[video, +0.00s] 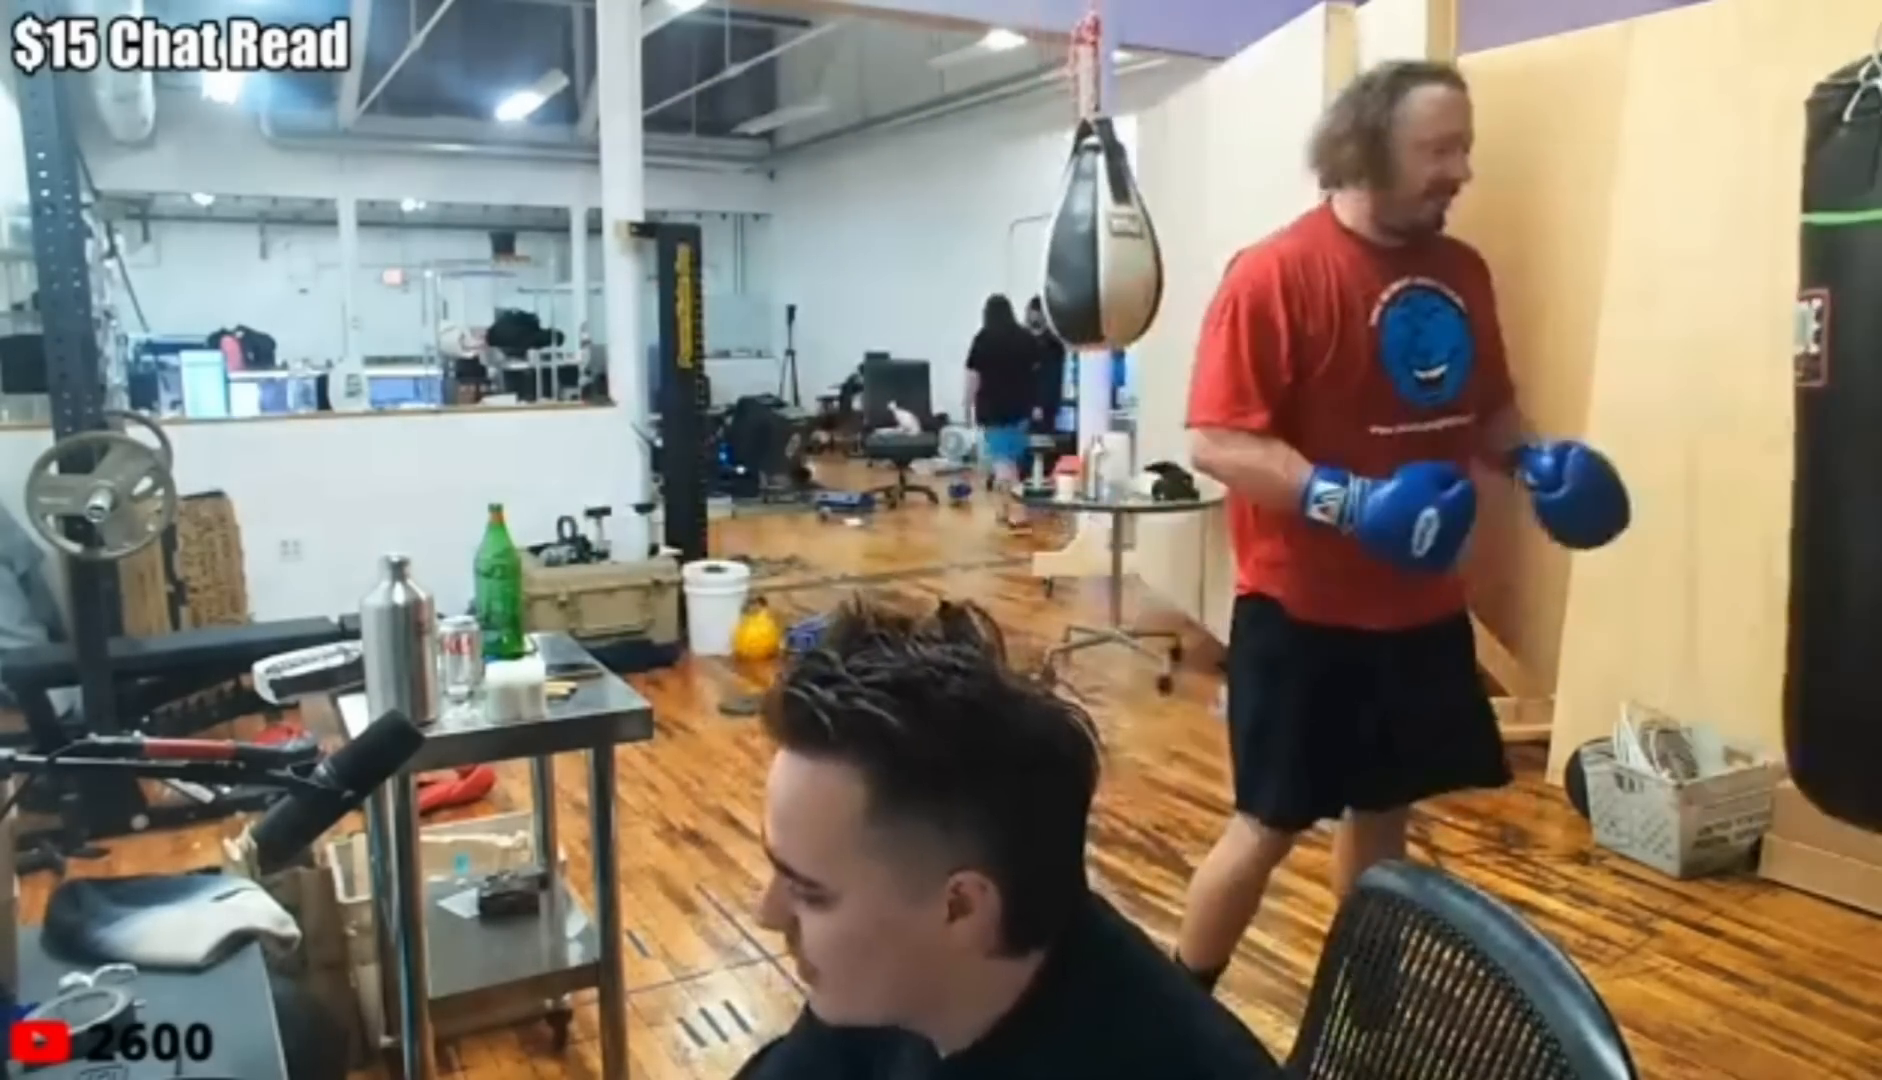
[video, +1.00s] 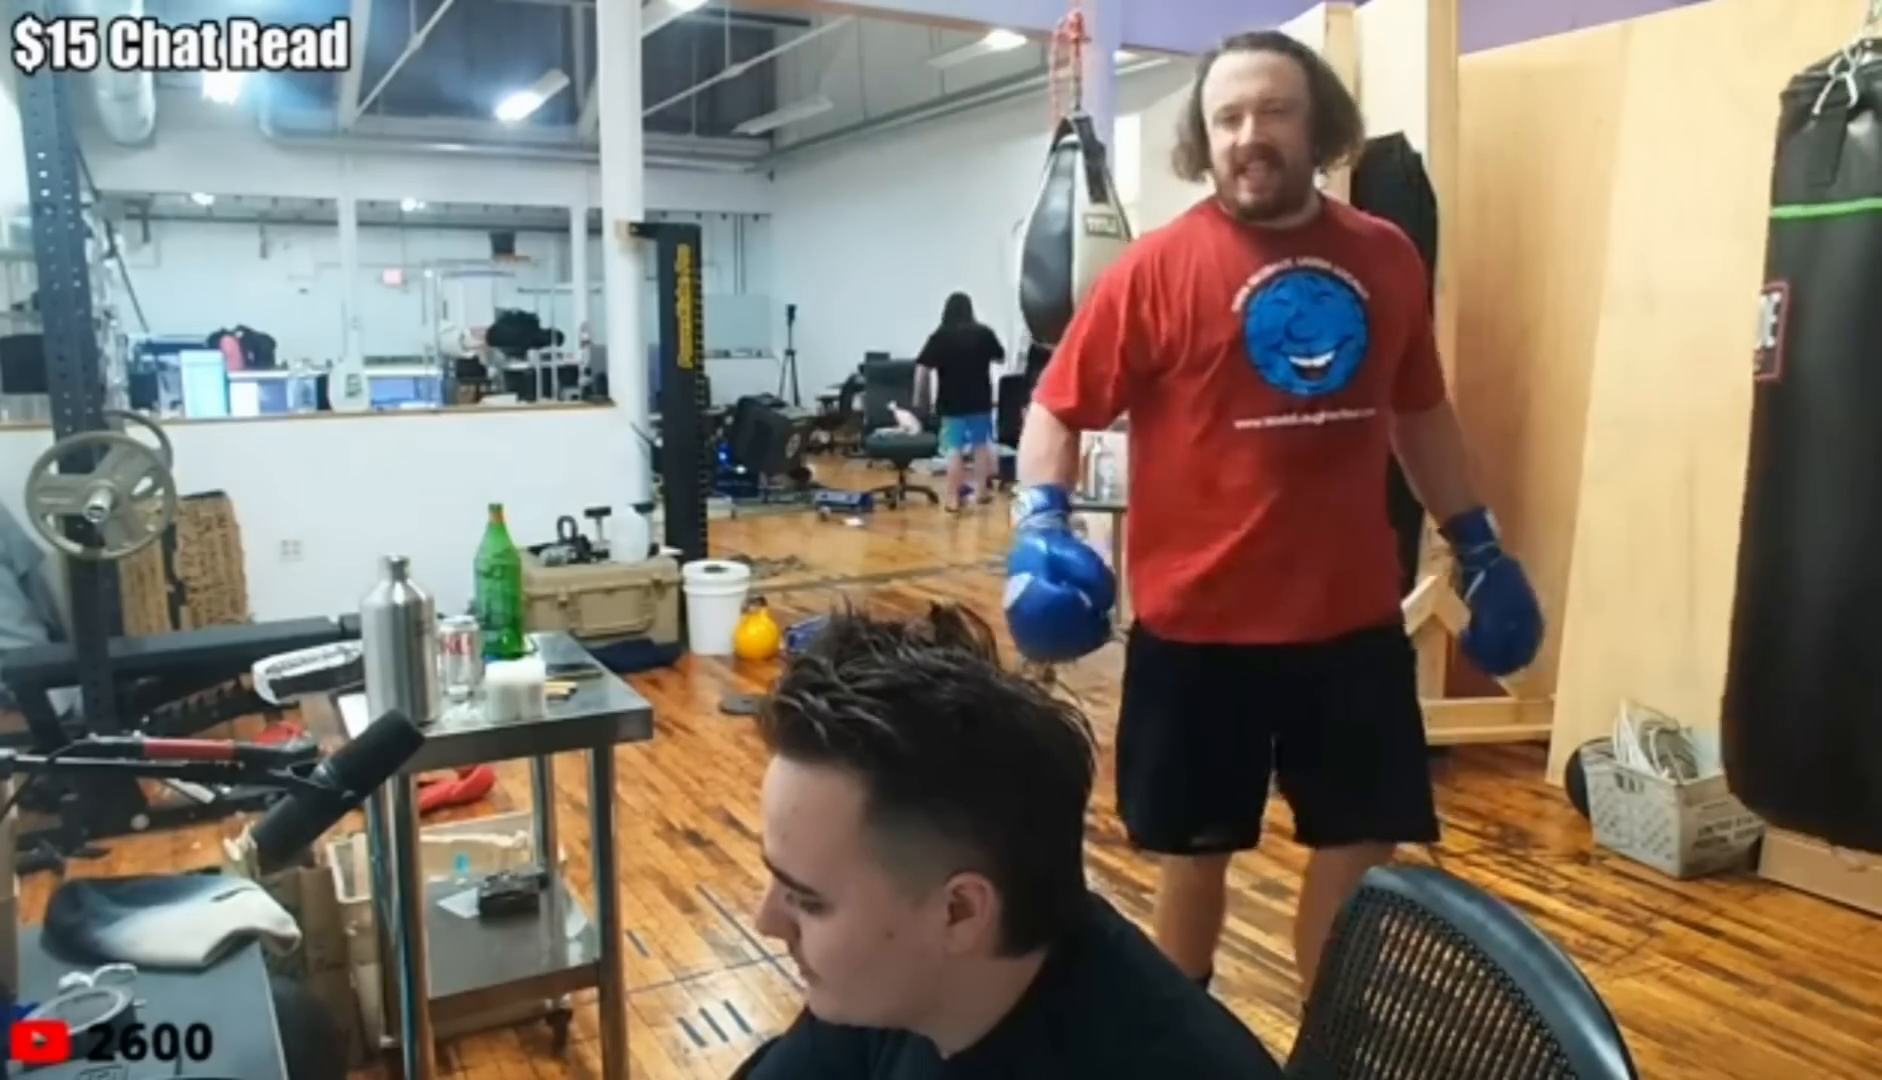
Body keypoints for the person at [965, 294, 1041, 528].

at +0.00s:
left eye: (988, 314)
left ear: (987, 314)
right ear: (1011, 312)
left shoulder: (984, 338)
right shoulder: (1026, 337)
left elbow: (973, 375)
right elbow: (1037, 371)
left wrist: (968, 405)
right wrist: (1036, 402)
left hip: (992, 407)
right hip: (1021, 406)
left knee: (1001, 458)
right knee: (1013, 457)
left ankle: (1015, 508)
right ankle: (1007, 507)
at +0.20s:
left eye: (979, 311)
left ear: (980, 312)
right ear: (1003, 308)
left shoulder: (978, 335)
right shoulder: (1021, 334)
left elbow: (968, 375)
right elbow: (1031, 366)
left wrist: (964, 407)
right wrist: (1025, 390)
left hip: (984, 408)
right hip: (1015, 406)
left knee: (985, 463)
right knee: (1007, 462)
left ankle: (991, 510)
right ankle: (1005, 509)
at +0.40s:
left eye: (972, 312)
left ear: (972, 312)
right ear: (994, 309)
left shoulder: (971, 337)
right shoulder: (1012, 334)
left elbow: (964, 376)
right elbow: (1023, 366)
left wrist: (959, 404)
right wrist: (1020, 392)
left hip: (977, 405)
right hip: (1007, 404)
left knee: (970, 456)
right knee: (1002, 459)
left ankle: (965, 500)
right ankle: (1005, 509)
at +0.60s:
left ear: (958, 313)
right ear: (981, 311)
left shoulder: (957, 339)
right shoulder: (998, 336)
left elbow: (950, 378)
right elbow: (1010, 367)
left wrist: (946, 409)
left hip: (964, 408)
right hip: (995, 407)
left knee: (958, 458)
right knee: (995, 457)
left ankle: (955, 502)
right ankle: (1002, 508)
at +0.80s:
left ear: (949, 310)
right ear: (972, 309)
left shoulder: (945, 336)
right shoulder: (986, 332)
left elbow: (933, 373)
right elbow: (1002, 359)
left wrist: (929, 406)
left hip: (955, 405)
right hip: (984, 403)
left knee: (955, 456)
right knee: (986, 450)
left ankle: (953, 501)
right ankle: (986, 484)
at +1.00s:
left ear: (947, 311)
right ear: (970, 310)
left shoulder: (940, 337)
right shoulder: (983, 333)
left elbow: (922, 368)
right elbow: (1000, 357)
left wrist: (920, 400)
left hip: (951, 404)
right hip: (980, 402)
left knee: (954, 455)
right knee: (982, 448)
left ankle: (953, 500)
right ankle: (982, 492)